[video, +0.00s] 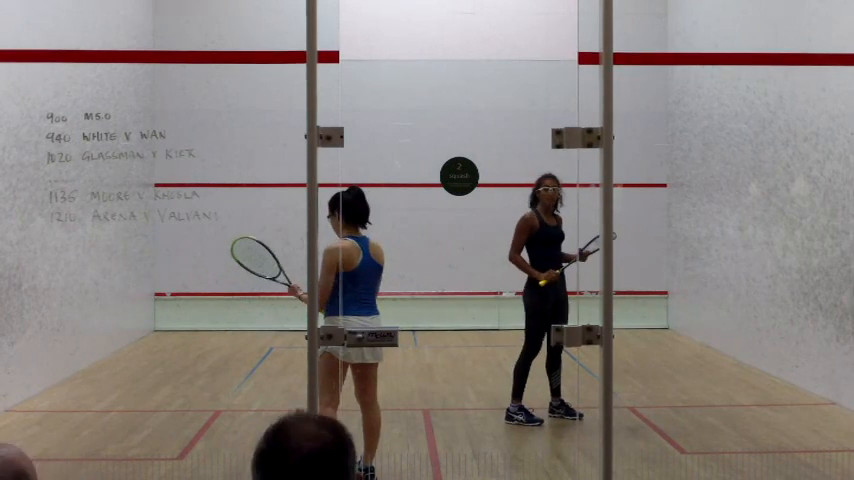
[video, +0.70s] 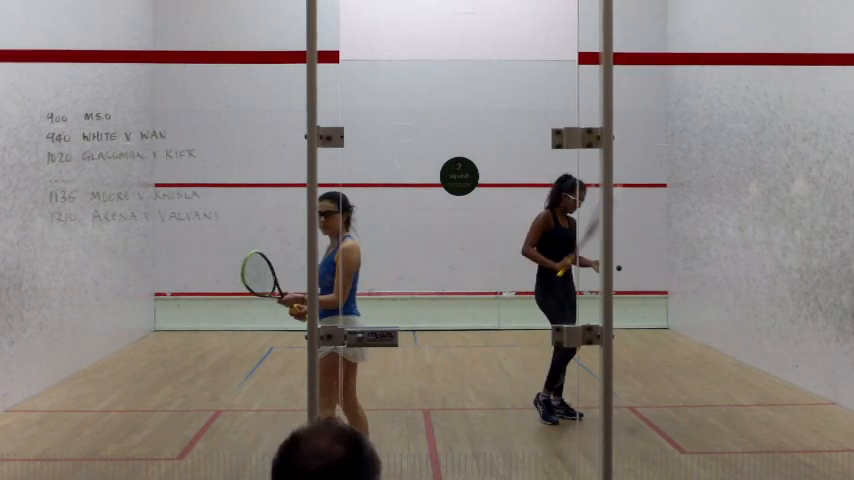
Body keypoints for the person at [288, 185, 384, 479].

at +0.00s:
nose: (330, 222)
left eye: (331, 216)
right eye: (330, 216)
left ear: (338, 216)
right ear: (362, 216)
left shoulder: (335, 252)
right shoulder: (377, 250)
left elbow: (320, 302)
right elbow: (369, 295)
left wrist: (302, 295)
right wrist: (315, 295)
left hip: (337, 333)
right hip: (370, 332)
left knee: (328, 403)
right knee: (368, 401)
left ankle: (324, 466)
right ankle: (367, 465)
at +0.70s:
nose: (322, 220)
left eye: (328, 214)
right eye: (319, 215)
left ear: (344, 216)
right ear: (317, 216)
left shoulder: (348, 248)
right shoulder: (335, 248)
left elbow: (339, 299)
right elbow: (329, 296)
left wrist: (301, 299)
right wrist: (306, 309)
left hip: (338, 328)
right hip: (336, 327)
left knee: (325, 402)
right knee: (348, 399)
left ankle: (324, 460)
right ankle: (364, 455)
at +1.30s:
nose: (303, 239)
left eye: (303, 233)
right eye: (304, 233)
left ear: (307, 235)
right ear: (328, 230)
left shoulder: (321, 261)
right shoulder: (349, 256)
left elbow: (325, 314)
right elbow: (351, 308)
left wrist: (298, 326)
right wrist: (311, 324)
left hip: (358, 337)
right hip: (379, 333)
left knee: (321, 400)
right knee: (366, 396)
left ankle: (325, 463)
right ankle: (385, 460)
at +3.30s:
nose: (330, 246)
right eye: (328, 243)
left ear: (299, 253)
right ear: (326, 245)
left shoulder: (305, 275)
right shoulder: (349, 264)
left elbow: (317, 321)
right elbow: (347, 317)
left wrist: (325, 355)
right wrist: (305, 341)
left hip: (352, 332)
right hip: (385, 328)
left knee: (323, 402)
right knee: (373, 395)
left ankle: (329, 463)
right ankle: (382, 462)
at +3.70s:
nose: (308, 246)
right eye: (305, 242)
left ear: (274, 255)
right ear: (302, 247)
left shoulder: (284, 281)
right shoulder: (328, 270)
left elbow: (295, 330)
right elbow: (309, 323)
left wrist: (307, 365)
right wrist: (268, 339)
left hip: (329, 345)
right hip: (361, 340)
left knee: (299, 409)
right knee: (362, 399)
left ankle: (317, 462)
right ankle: (381, 460)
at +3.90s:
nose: (287, 240)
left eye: (286, 236)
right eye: (285, 237)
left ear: (257, 248)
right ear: (280, 240)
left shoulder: (264, 273)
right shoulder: (299, 263)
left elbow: (263, 324)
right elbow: (280, 320)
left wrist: (267, 367)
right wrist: (240, 333)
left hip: (312, 338)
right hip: (337, 333)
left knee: (293, 412)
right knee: (319, 400)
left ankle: (315, 462)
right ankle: (347, 446)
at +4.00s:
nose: (275, 237)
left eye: (274, 234)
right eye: (273, 234)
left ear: (245, 245)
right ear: (269, 238)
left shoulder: (252, 270)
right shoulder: (291, 261)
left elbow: (243, 322)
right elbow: (273, 317)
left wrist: (241, 369)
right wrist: (232, 333)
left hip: (301, 338)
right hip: (323, 332)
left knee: (289, 415)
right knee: (294, 411)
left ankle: (315, 467)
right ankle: (317, 463)